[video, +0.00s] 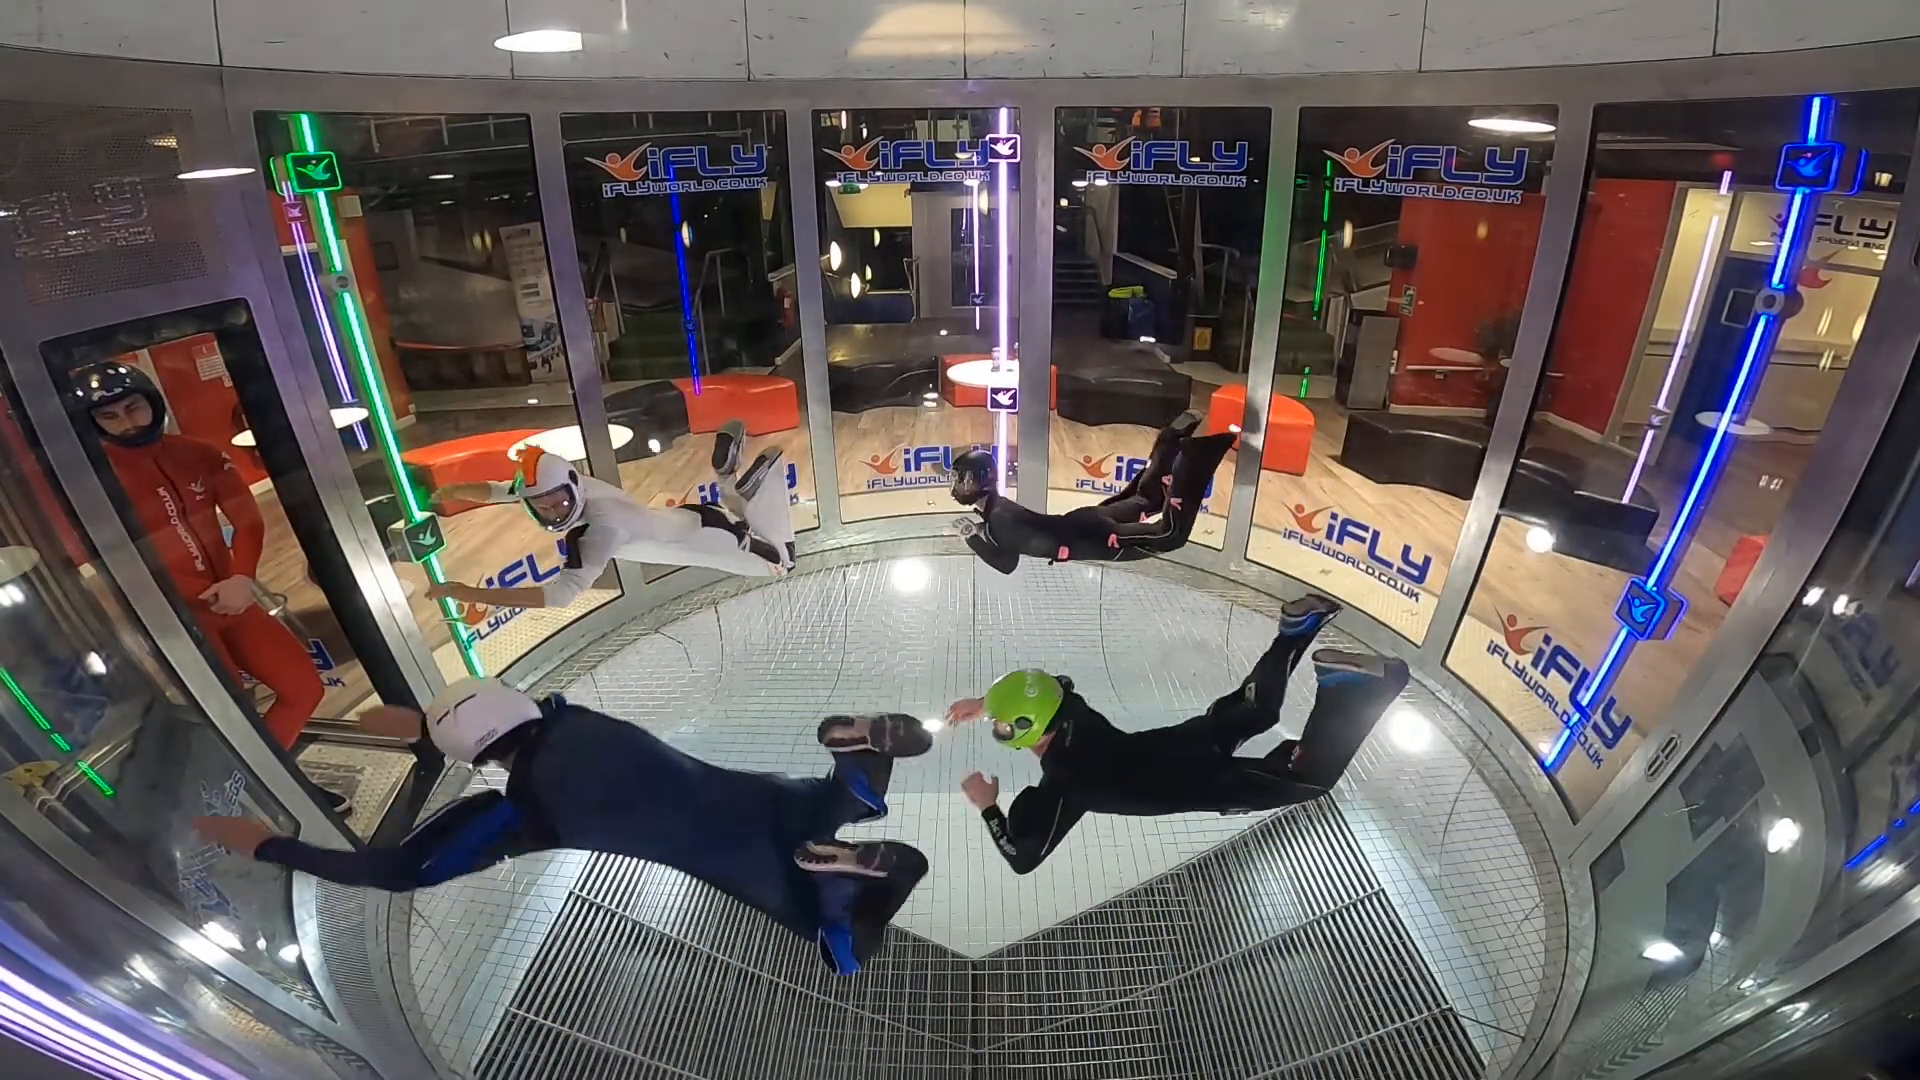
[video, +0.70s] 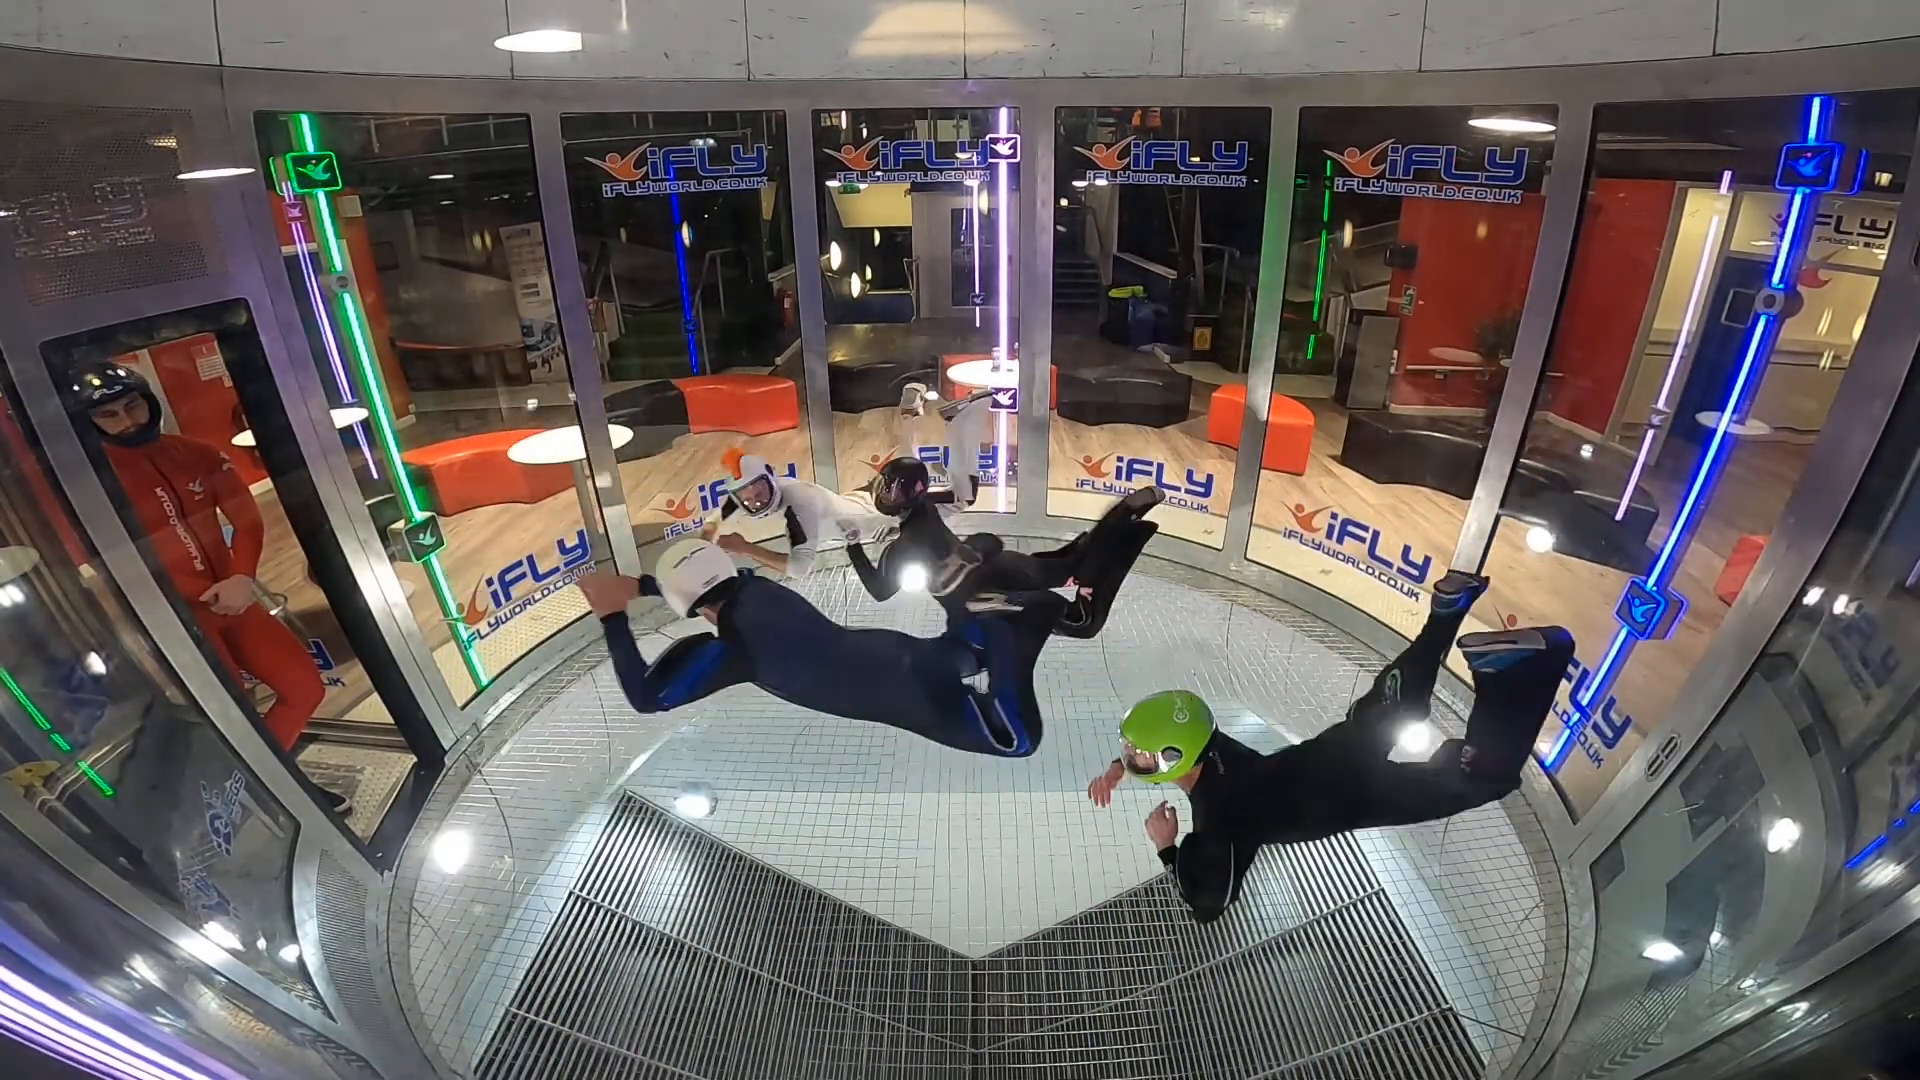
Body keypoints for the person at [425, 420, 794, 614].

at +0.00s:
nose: (551, 512)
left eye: (557, 502)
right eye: (542, 506)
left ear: (574, 490)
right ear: (532, 501)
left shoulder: (602, 527)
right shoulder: (558, 487)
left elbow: (559, 596)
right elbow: (497, 493)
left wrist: (474, 594)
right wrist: (448, 496)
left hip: (705, 537)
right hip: (684, 527)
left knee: (778, 556)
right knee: (749, 544)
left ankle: (763, 477)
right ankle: (731, 475)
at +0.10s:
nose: (577, 512)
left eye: (582, 502)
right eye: (567, 507)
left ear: (597, 492)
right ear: (555, 503)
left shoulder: (626, 528)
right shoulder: (576, 493)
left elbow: (589, 598)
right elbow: (522, 501)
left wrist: (506, 603)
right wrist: (483, 506)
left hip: (723, 534)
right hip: (696, 523)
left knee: (799, 548)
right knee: (746, 522)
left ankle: (784, 473)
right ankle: (741, 472)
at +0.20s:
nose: (602, 515)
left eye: (607, 506)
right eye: (594, 509)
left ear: (621, 495)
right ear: (587, 504)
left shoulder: (651, 528)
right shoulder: (598, 495)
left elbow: (632, 597)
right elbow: (552, 504)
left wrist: (553, 589)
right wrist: (516, 523)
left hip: (747, 535)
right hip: (723, 531)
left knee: (817, 541)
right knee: (765, 517)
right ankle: (755, 462)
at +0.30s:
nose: (632, 516)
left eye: (635, 505)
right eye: (622, 511)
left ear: (649, 492)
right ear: (611, 509)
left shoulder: (679, 525)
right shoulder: (631, 498)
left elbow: (666, 592)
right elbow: (592, 509)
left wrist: (600, 575)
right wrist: (558, 532)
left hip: (771, 537)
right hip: (748, 523)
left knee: (840, 534)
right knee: (789, 511)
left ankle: (841, 449)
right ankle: (785, 452)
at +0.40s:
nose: (658, 513)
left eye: (662, 505)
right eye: (652, 508)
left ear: (677, 493)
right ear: (647, 504)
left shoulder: (709, 519)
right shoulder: (665, 497)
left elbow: (700, 585)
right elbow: (623, 514)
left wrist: (642, 563)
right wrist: (593, 530)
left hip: (785, 533)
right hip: (759, 524)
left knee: (840, 533)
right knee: (809, 522)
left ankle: (891, 527)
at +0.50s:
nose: (692, 511)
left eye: (696, 502)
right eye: (685, 506)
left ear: (709, 491)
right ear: (679, 504)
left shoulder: (740, 515)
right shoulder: (701, 500)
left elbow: (736, 582)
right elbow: (653, 515)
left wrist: (670, 553)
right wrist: (633, 534)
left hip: (815, 530)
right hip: (795, 517)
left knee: (873, 527)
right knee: (854, 518)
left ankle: (908, 522)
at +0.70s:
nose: (754, 500)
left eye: (758, 490)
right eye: (745, 495)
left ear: (770, 479)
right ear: (738, 495)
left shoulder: (800, 502)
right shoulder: (747, 493)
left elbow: (800, 567)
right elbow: (716, 521)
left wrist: (745, 549)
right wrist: (704, 544)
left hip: (873, 523)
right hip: (851, 500)